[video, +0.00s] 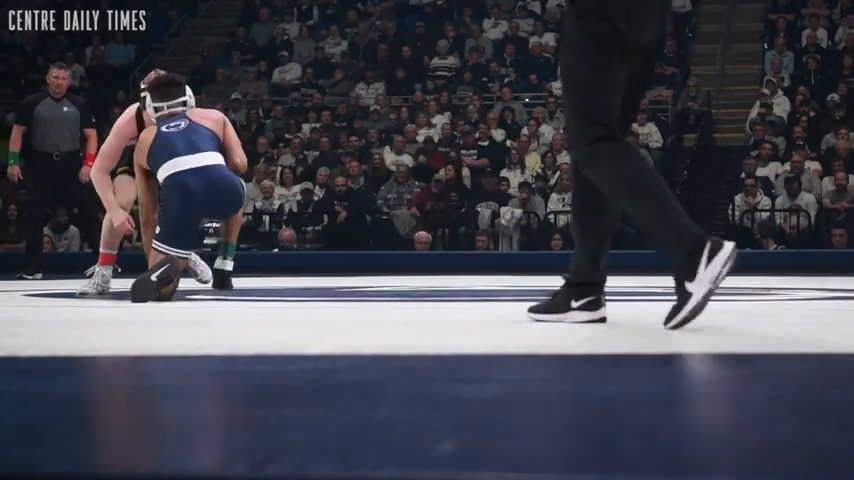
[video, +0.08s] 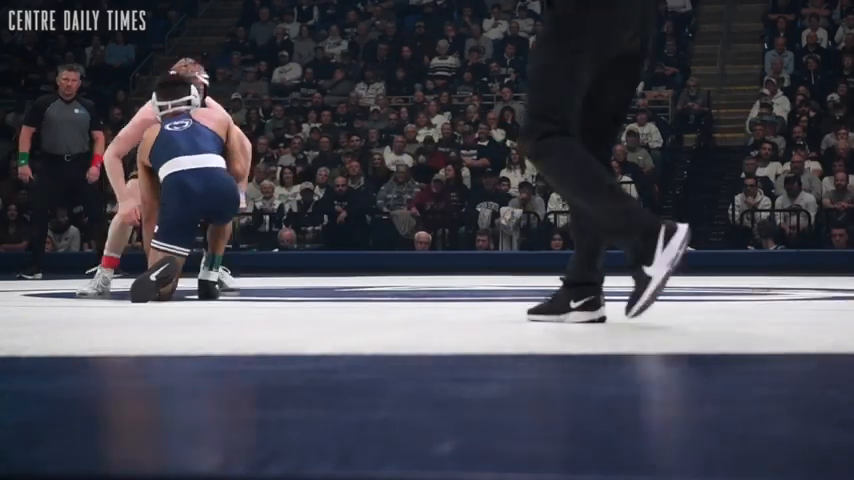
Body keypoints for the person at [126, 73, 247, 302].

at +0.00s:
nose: (143, 112)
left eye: (144, 107)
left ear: (150, 110)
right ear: (188, 101)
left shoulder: (144, 142)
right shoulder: (215, 117)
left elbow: (148, 215)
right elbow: (240, 164)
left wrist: (153, 265)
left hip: (179, 201)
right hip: (223, 192)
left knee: (161, 281)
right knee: (237, 198)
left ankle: (159, 278)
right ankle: (224, 269)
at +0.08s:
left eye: (157, 104)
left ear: (158, 106)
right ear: (195, 99)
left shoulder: (148, 139)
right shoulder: (219, 118)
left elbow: (149, 212)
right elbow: (239, 170)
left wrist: (152, 261)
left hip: (178, 197)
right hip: (221, 191)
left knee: (164, 287)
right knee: (221, 215)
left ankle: (157, 277)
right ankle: (210, 274)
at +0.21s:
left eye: (172, 104)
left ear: (170, 107)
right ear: (203, 100)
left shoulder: (156, 133)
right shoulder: (229, 119)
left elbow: (153, 195)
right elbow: (239, 172)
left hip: (174, 189)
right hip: (217, 186)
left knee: (165, 280)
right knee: (219, 213)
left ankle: (153, 278)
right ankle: (211, 273)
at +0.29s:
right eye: (219, 93)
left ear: (179, 102)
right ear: (214, 95)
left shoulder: (163, 127)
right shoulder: (235, 111)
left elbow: (159, 173)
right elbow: (239, 165)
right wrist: (214, 194)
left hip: (169, 167)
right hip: (214, 165)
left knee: (160, 267)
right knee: (219, 210)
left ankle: (148, 266)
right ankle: (212, 273)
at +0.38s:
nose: (185, 211)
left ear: (186, 92)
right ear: (217, 89)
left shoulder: (172, 106)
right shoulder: (238, 103)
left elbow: (163, 182)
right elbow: (236, 157)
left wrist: (166, 246)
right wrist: (200, 189)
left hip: (165, 148)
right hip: (206, 147)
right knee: (219, 206)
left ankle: (145, 246)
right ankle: (211, 272)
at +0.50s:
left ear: (197, 71)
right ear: (225, 74)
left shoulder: (175, 82)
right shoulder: (238, 91)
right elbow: (231, 142)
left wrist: (175, 194)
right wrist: (199, 187)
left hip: (153, 128)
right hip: (194, 128)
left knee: (157, 200)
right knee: (213, 204)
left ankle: (131, 261)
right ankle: (209, 276)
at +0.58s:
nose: (234, 64)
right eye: (233, 61)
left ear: (199, 58)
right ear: (228, 60)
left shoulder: (174, 72)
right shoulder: (237, 80)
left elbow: (133, 131)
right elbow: (232, 128)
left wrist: (172, 173)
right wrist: (211, 167)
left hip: (144, 126)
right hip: (186, 125)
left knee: (150, 206)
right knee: (210, 202)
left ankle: (125, 276)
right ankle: (208, 278)